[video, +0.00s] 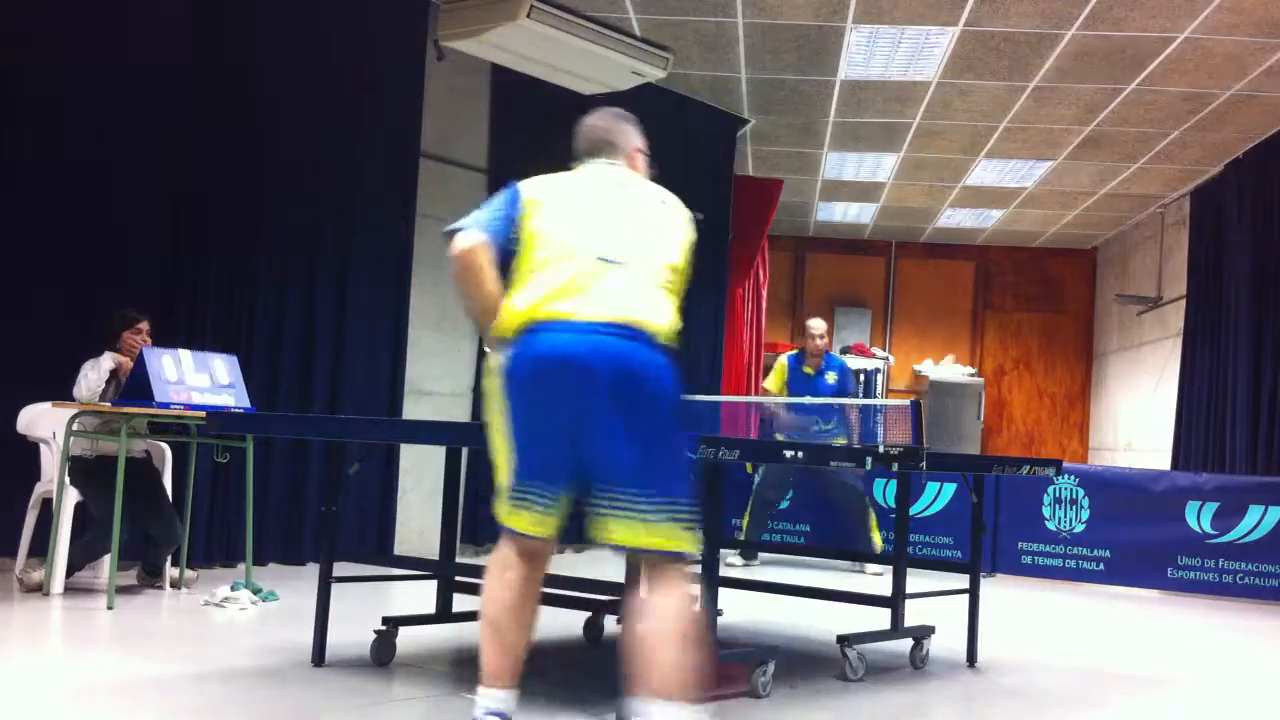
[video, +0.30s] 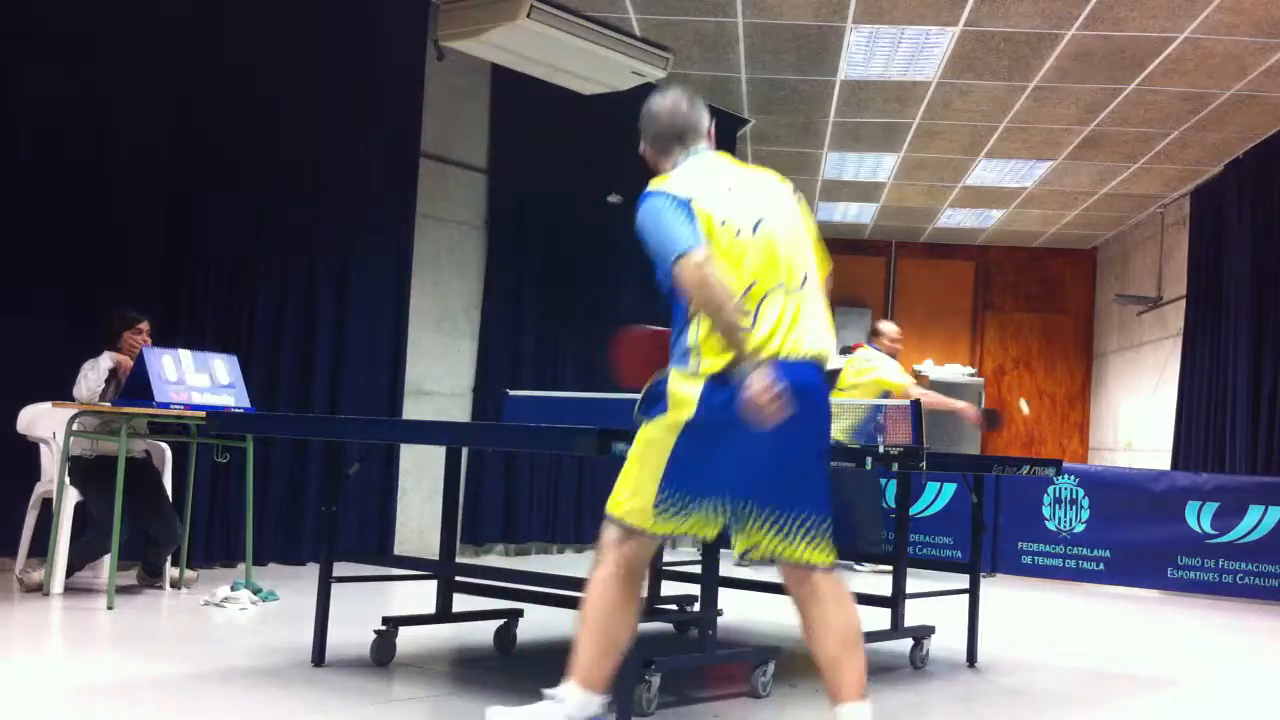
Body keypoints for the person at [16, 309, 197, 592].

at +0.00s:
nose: (143, 339)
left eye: (147, 334)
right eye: (136, 333)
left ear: (150, 340)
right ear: (120, 335)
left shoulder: (153, 370)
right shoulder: (100, 365)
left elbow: (174, 397)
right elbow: (82, 395)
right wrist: (111, 363)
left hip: (134, 458)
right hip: (91, 458)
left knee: (170, 532)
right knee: (111, 529)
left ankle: (152, 571)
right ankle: (53, 573)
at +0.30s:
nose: (143, 339)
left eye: (147, 335)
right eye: (137, 333)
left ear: (150, 339)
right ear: (120, 335)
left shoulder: (152, 370)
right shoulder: (99, 365)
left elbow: (173, 396)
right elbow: (83, 395)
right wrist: (109, 361)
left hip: (134, 458)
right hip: (91, 457)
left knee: (169, 531)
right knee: (110, 529)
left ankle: (152, 571)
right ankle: (53, 572)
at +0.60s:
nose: (144, 340)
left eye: (148, 335)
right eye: (138, 333)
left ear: (150, 339)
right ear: (120, 334)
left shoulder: (152, 370)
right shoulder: (98, 366)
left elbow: (172, 397)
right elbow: (83, 395)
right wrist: (108, 361)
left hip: (134, 457)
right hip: (91, 457)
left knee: (169, 532)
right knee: (110, 530)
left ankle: (152, 572)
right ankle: (53, 572)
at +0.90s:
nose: (141, 340)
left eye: (145, 334)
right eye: (134, 333)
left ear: (149, 340)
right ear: (116, 336)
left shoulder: (152, 371)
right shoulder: (97, 367)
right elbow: (83, 395)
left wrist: (148, 369)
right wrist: (113, 368)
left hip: (134, 458)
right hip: (91, 458)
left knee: (169, 531)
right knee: (110, 530)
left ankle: (152, 572)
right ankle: (53, 573)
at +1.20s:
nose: (139, 339)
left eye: (144, 334)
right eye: (132, 332)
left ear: (149, 339)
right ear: (115, 336)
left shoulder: (153, 371)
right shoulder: (96, 367)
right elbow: (83, 394)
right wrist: (117, 367)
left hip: (134, 458)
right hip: (91, 457)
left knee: (169, 532)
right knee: (111, 530)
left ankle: (151, 572)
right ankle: (53, 573)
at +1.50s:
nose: (139, 338)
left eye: (143, 332)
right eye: (131, 332)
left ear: (148, 337)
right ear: (114, 336)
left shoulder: (151, 370)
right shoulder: (98, 367)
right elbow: (83, 396)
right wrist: (107, 357)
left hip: (134, 457)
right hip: (91, 457)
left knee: (169, 532)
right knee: (113, 530)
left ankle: (152, 572)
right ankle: (53, 573)